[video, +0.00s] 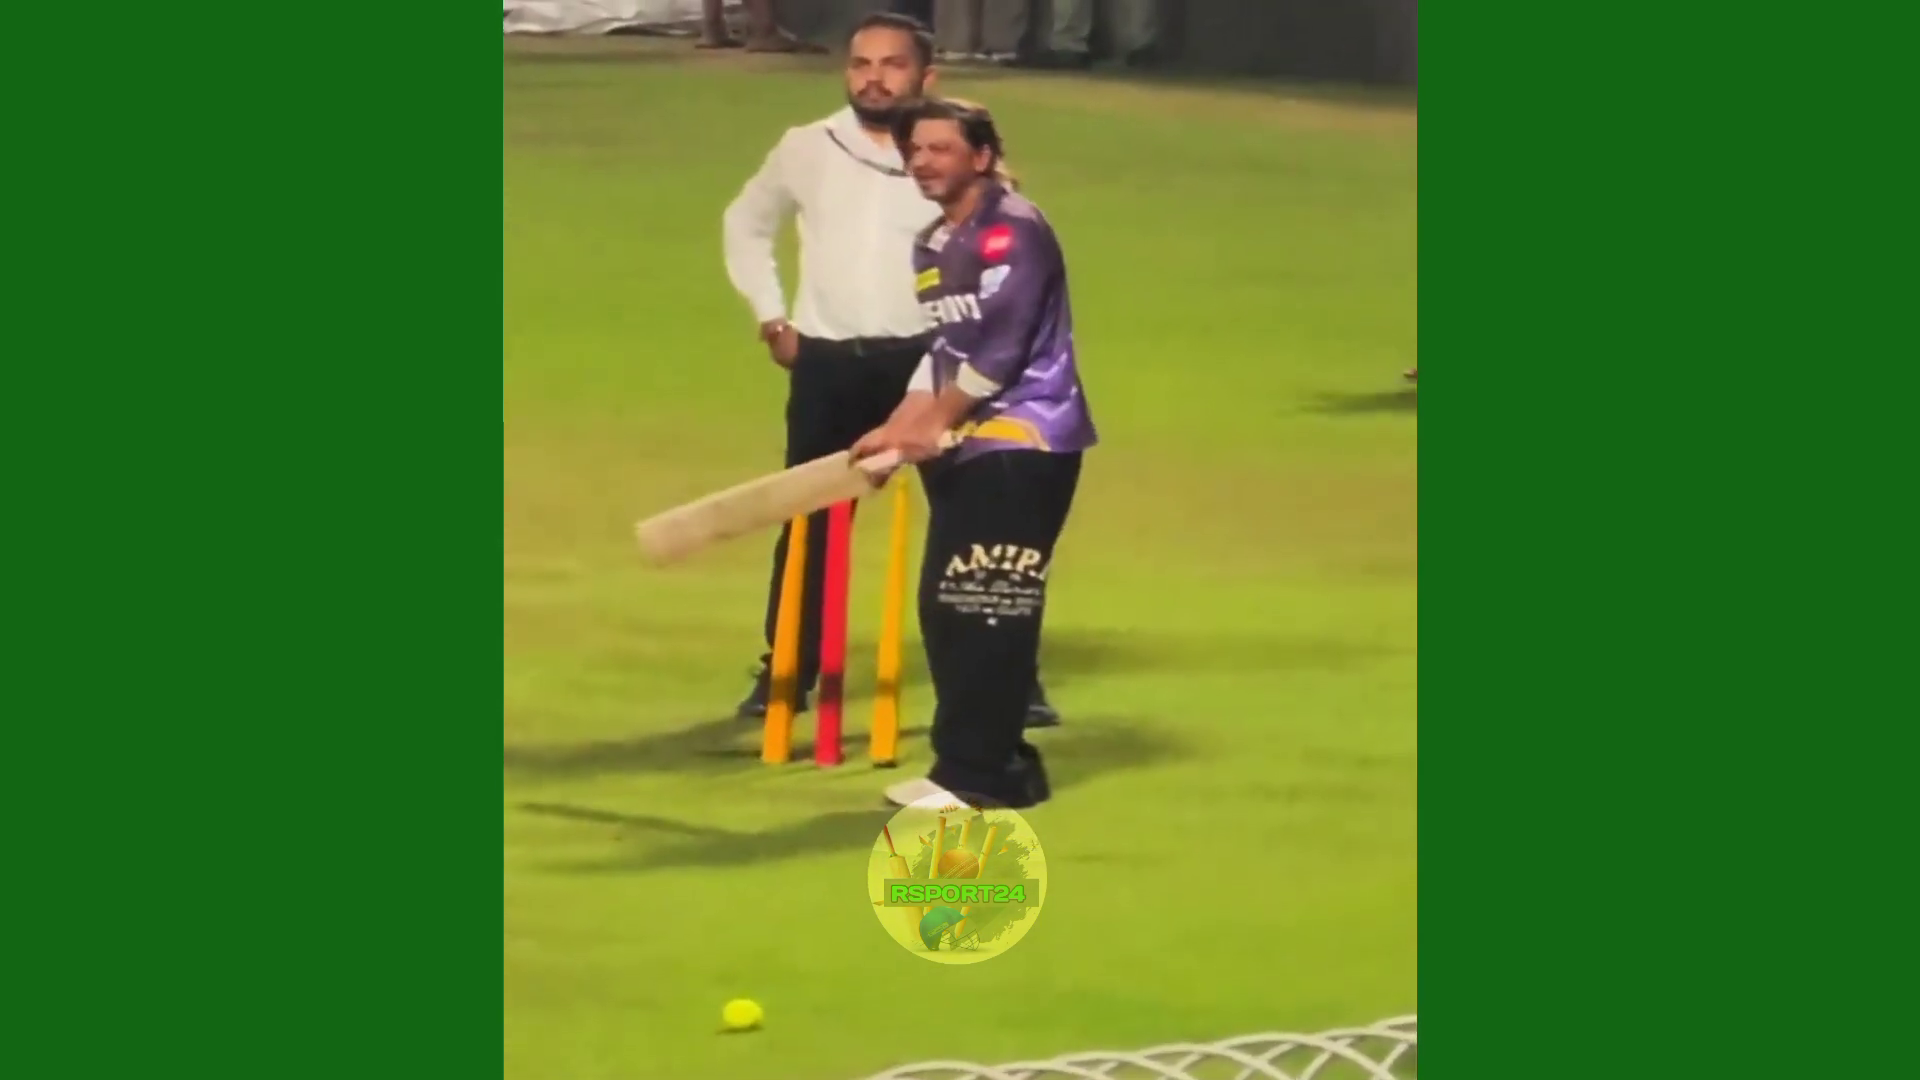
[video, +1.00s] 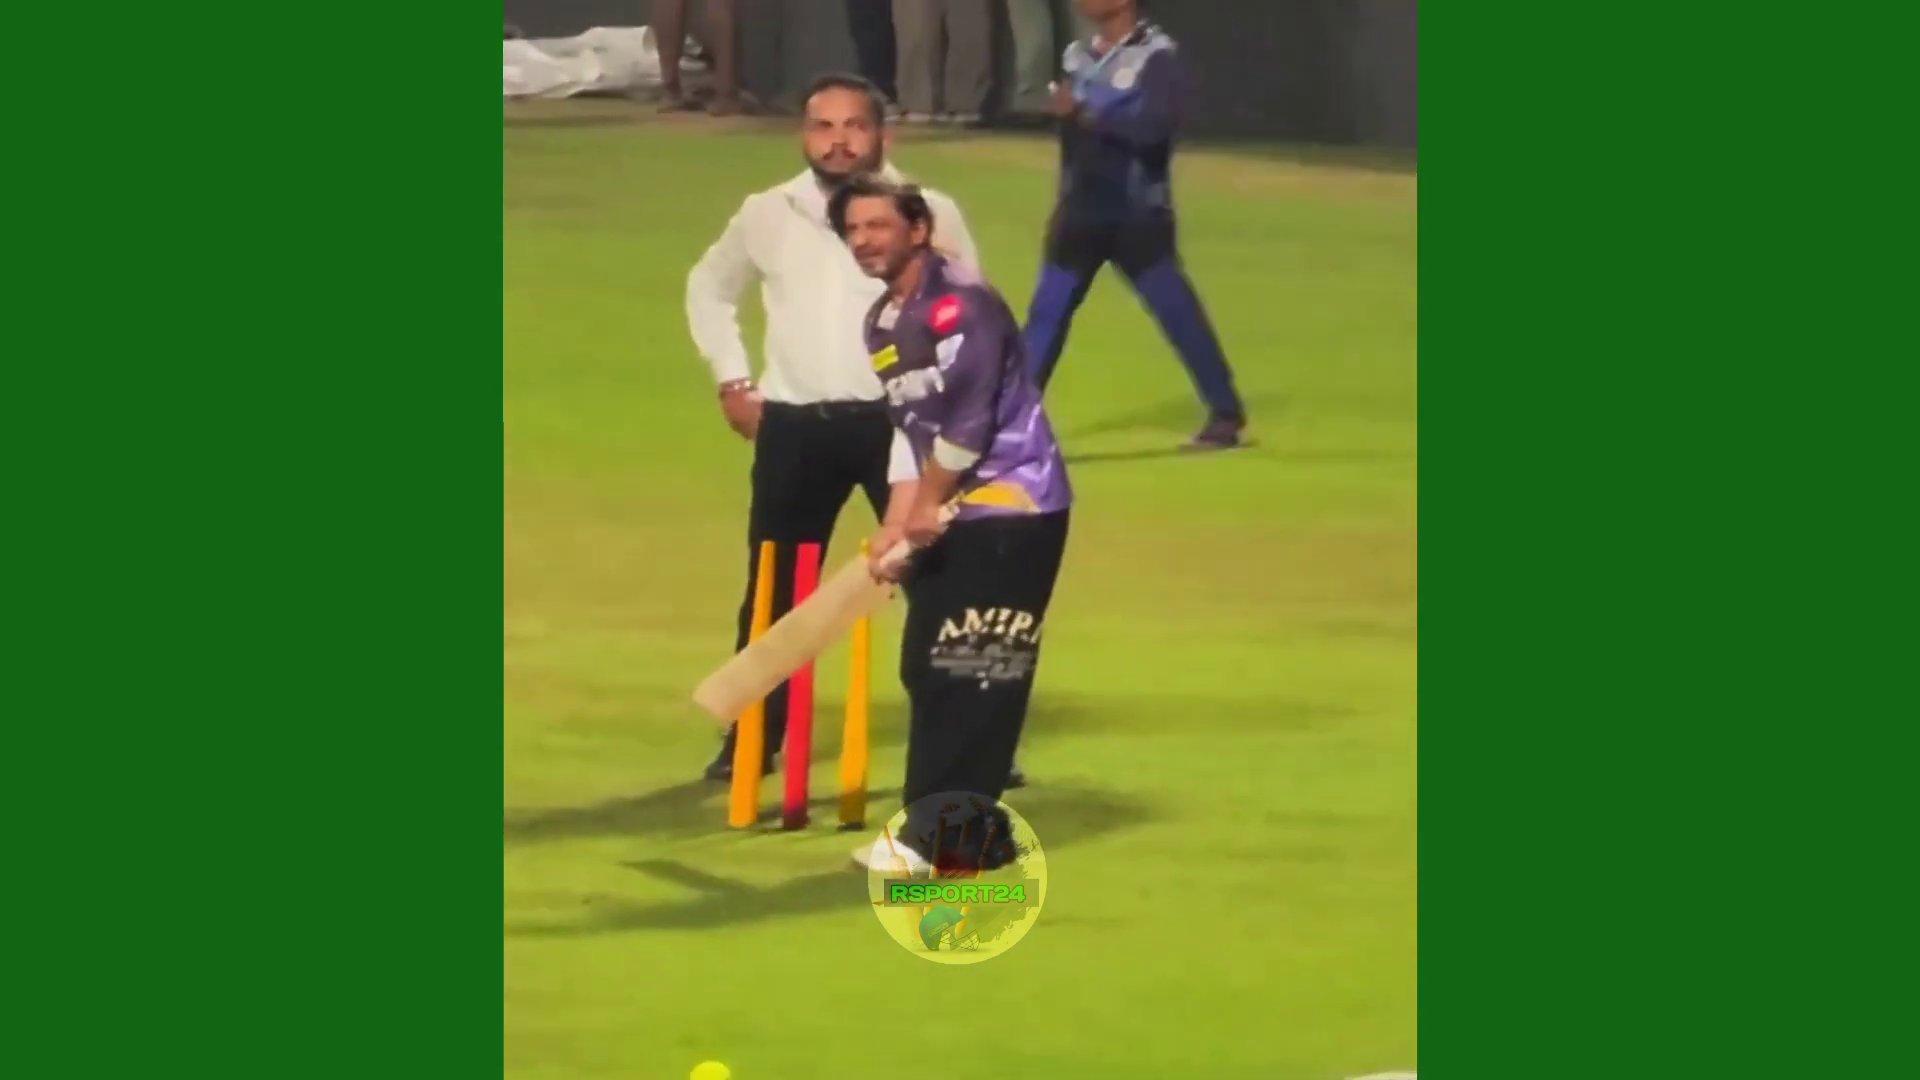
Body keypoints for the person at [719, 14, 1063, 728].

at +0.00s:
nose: (873, 77)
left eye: (891, 64)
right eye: (861, 63)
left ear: (924, 74)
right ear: (846, 70)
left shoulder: (951, 151)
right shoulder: (805, 149)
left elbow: (1000, 258)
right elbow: (745, 224)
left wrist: (974, 351)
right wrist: (770, 316)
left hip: (931, 362)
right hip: (829, 363)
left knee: (974, 526)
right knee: (809, 526)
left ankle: (1013, 681)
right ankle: (788, 674)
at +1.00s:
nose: (837, 139)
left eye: (853, 126)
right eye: (822, 126)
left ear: (880, 135)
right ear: (804, 135)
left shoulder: (927, 212)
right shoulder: (765, 216)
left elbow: (973, 324)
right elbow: (708, 290)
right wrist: (733, 383)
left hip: (900, 430)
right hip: (794, 429)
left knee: (945, 603)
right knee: (772, 598)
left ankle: (974, 755)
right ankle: (752, 747)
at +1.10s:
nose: (840, 146)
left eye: (855, 132)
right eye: (824, 132)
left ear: (877, 141)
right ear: (801, 142)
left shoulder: (925, 219)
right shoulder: (762, 222)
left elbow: (967, 329)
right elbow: (702, 295)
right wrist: (728, 387)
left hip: (894, 435)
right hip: (791, 436)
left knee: (940, 610)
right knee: (769, 603)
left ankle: (958, 762)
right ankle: (746, 754)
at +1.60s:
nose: (802, 167)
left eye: (819, 154)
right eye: (785, 154)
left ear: (845, 163)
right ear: (764, 164)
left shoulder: (887, 239)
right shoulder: (728, 246)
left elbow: (949, 329)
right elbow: (665, 320)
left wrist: (929, 435)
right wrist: (692, 414)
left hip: (869, 454)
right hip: (762, 455)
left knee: (904, 615)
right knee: (738, 620)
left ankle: (926, 773)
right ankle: (717, 769)